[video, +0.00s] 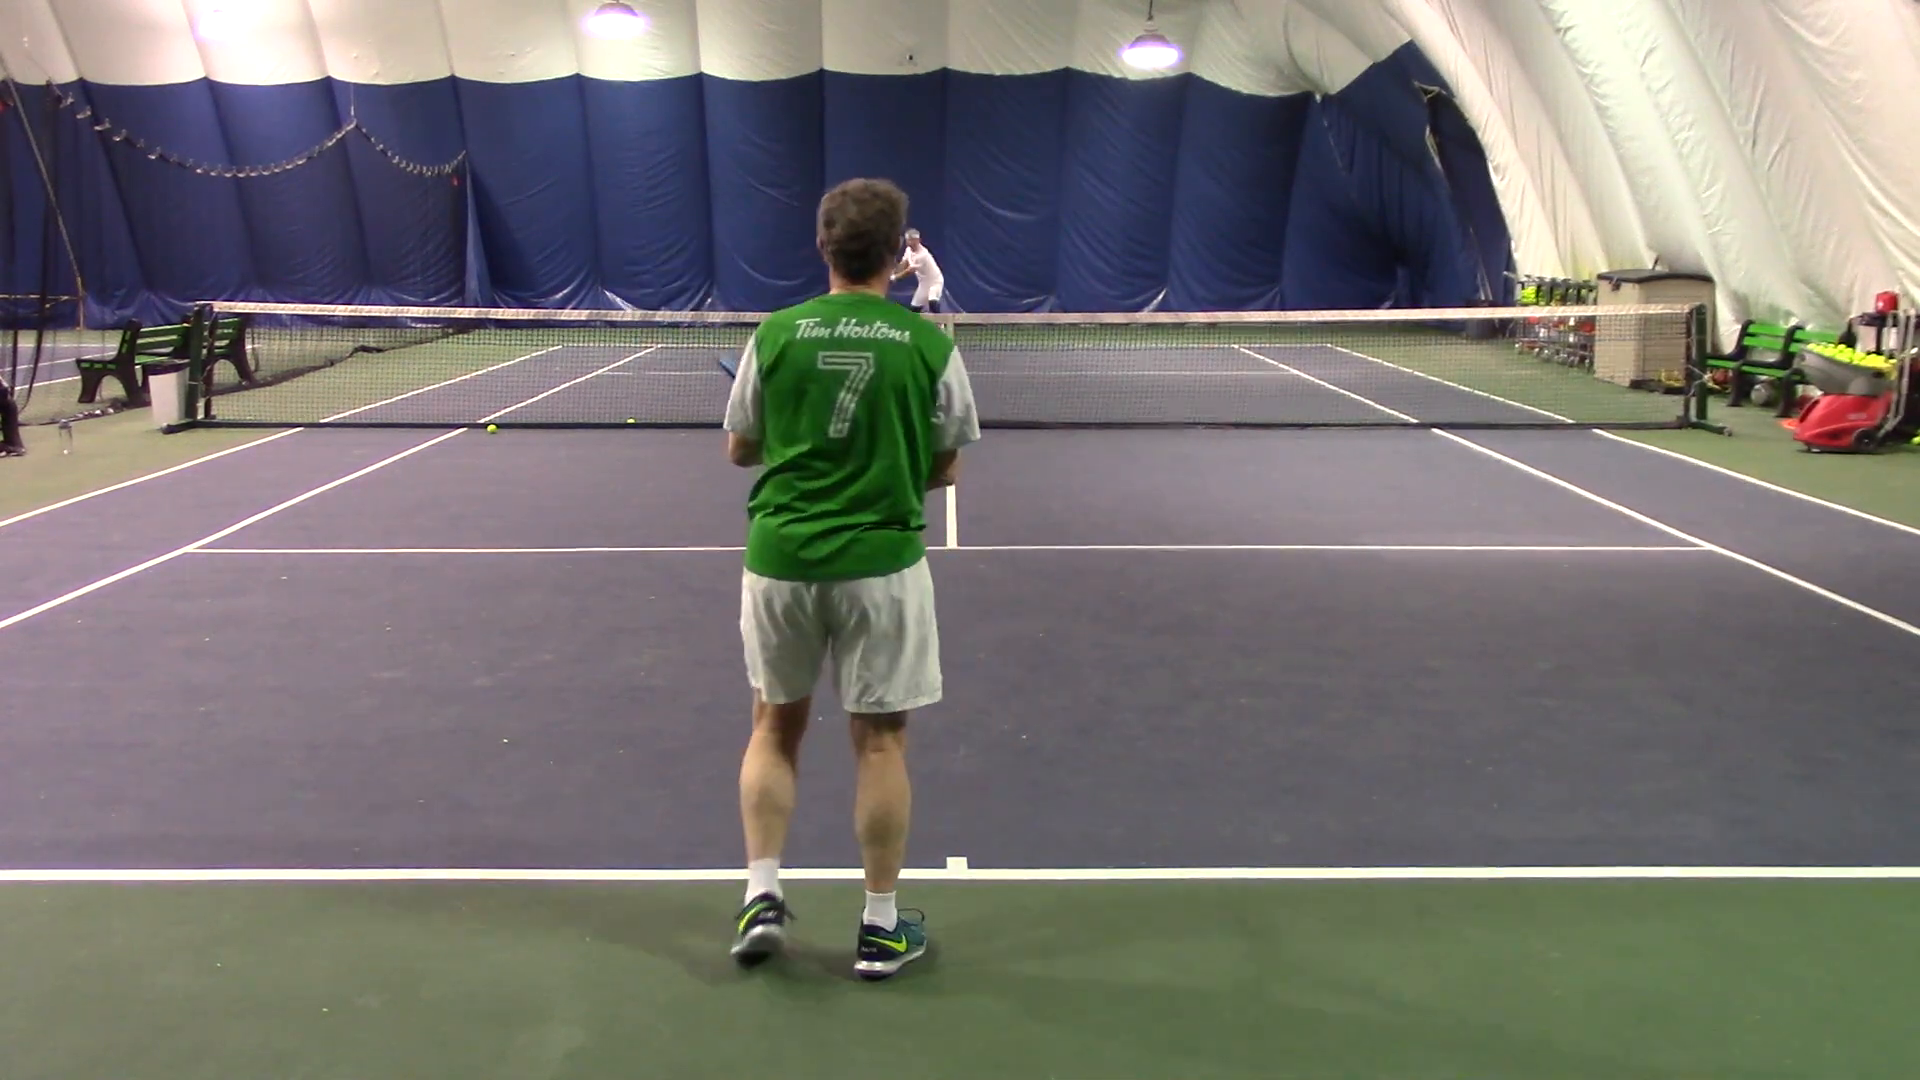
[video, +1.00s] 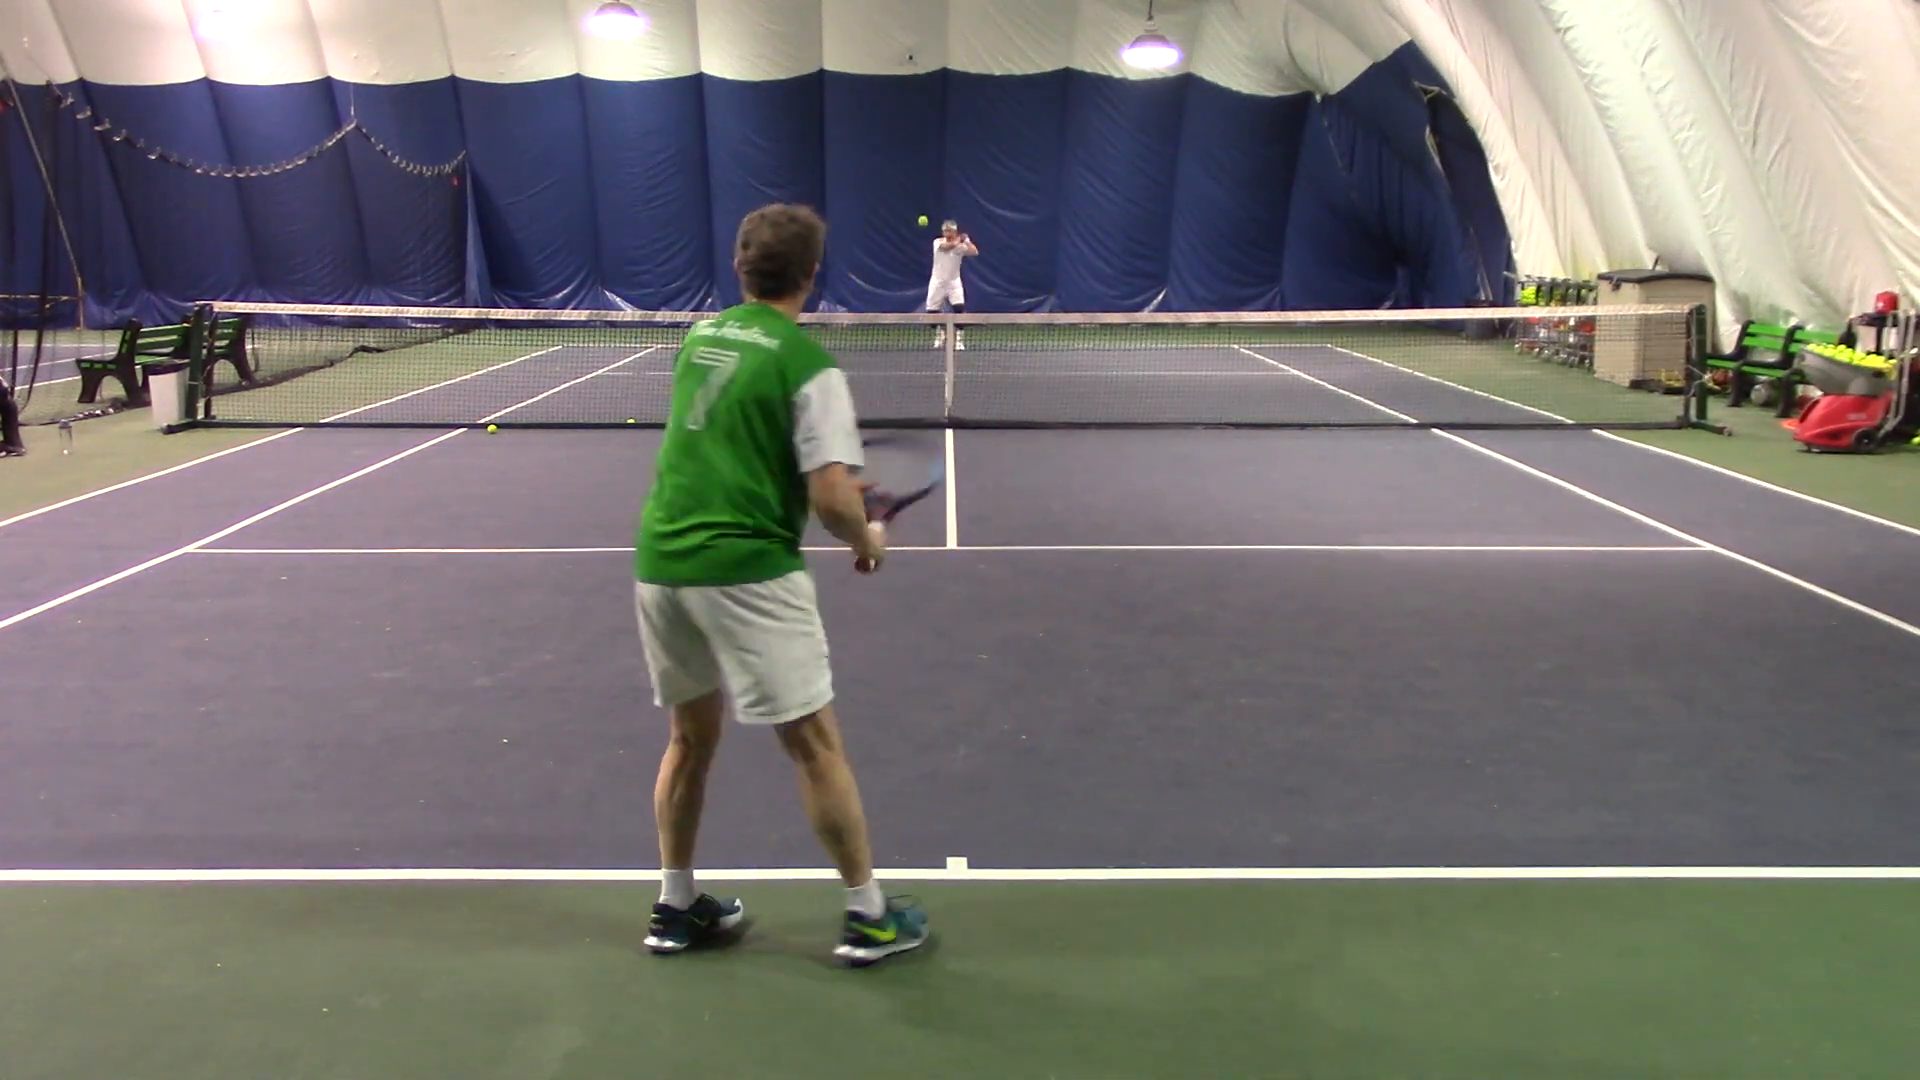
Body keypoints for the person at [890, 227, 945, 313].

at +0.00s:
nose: (911, 243)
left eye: (914, 240)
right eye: (909, 240)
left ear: (918, 240)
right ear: (907, 241)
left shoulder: (922, 255)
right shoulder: (908, 250)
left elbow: (910, 270)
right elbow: (903, 263)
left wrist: (895, 277)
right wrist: (893, 272)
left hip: (935, 280)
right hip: (923, 282)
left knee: (933, 301)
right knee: (915, 307)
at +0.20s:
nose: (918, 253)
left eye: (920, 250)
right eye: (915, 251)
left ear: (925, 250)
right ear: (912, 252)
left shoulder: (930, 264)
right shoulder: (920, 260)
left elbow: (919, 279)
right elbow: (918, 275)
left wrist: (908, 287)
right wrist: (908, 285)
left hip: (946, 289)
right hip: (934, 290)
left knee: (942, 309)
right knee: (924, 310)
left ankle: (948, 336)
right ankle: (929, 335)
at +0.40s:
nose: (932, 254)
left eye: (934, 251)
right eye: (929, 252)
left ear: (937, 250)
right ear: (925, 252)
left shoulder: (945, 257)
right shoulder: (922, 262)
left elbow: (942, 272)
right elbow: (921, 277)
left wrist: (929, 283)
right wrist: (919, 288)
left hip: (953, 283)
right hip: (939, 285)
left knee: (951, 306)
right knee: (940, 310)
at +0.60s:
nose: (938, 245)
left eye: (940, 242)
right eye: (936, 243)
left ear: (944, 241)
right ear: (932, 243)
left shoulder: (951, 247)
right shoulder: (928, 251)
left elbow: (965, 258)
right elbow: (933, 257)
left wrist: (961, 249)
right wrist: (949, 249)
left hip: (953, 282)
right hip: (938, 285)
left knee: (952, 307)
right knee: (945, 311)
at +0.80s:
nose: (944, 233)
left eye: (946, 230)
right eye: (941, 230)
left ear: (951, 230)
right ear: (937, 230)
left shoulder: (957, 241)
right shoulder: (934, 240)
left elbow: (971, 253)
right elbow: (942, 243)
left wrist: (966, 239)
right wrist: (955, 237)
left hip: (954, 277)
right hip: (938, 277)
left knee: (956, 306)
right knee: (938, 308)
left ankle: (956, 338)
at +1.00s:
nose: (949, 235)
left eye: (951, 232)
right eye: (946, 232)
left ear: (956, 233)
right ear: (943, 232)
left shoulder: (960, 245)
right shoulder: (938, 242)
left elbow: (974, 252)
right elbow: (945, 246)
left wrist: (966, 242)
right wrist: (957, 242)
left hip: (954, 280)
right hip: (937, 280)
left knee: (959, 307)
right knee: (932, 310)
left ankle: (959, 337)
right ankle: (939, 333)